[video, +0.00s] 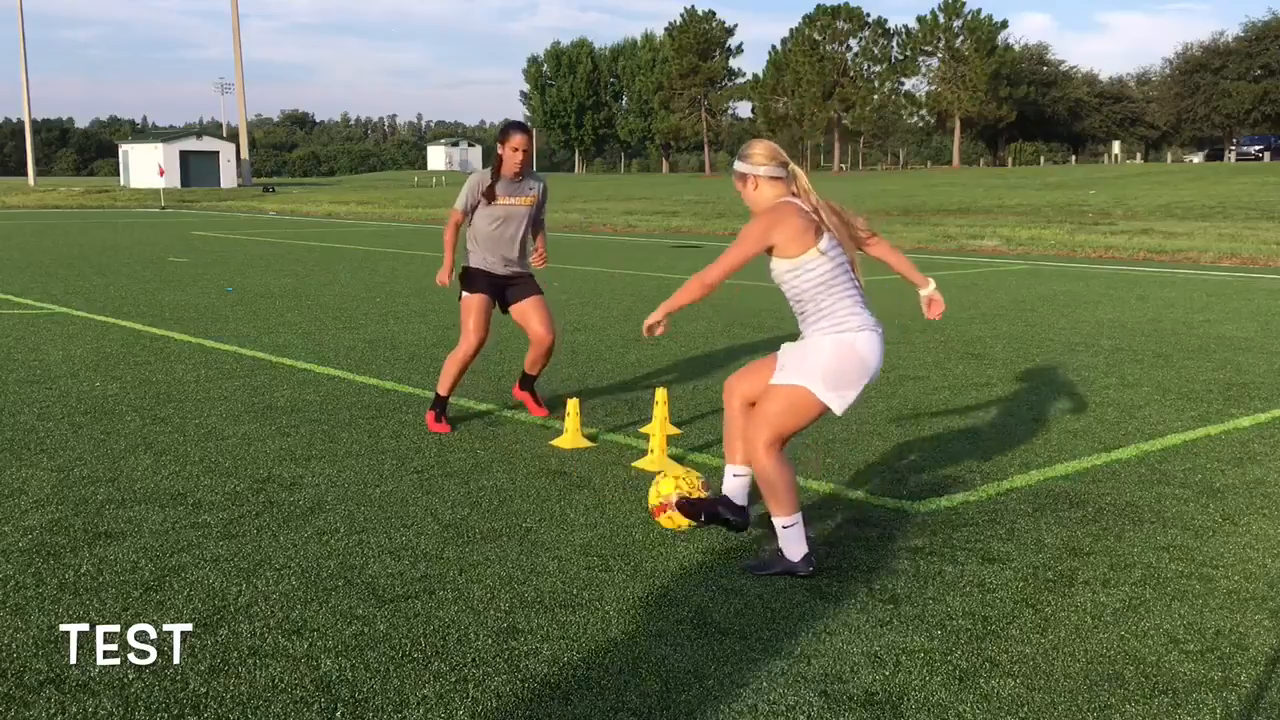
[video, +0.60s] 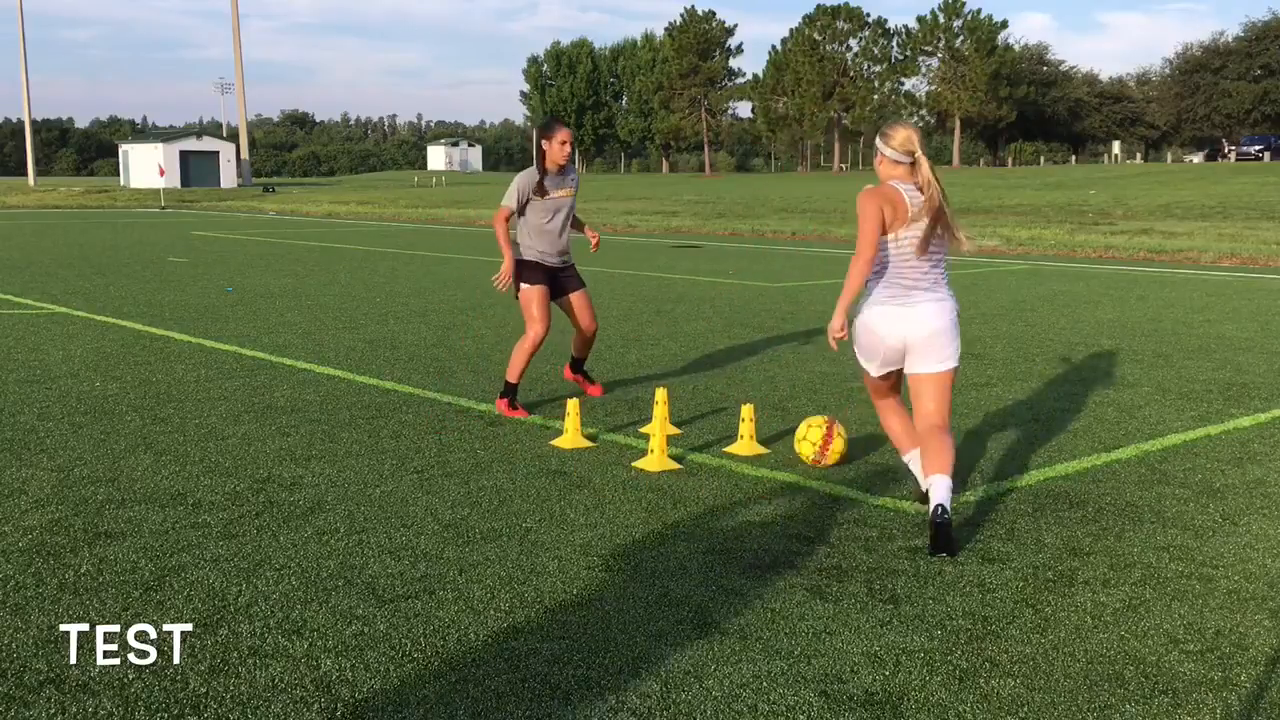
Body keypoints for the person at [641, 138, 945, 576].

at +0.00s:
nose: (741, 194)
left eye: (740, 185)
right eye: (740, 186)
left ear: (751, 180)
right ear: (782, 178)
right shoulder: (819, 210)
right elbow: (876, 245)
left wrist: (665, 309)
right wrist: (924, 283)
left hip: (842, 345)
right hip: (842, 340)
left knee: (762, 437)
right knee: (738, 390)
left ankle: (795, 554)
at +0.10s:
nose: (742, 208)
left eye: (742, 199)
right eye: (741, 199)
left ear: (755, 191)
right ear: (782, 187)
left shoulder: (779, 224)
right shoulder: (822, 215)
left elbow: (720, 280)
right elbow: (876, 243)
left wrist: (663, 312)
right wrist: (918, 273)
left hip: (850, 346)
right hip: (866, 336)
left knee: (762, 434)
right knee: (755, 389)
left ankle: (796, 555)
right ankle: (757, 500)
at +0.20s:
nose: (756, 196)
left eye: (755, 188)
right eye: (755, 189)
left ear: (767, 186)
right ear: (799, 181)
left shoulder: (789, 220)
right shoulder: (836, 213)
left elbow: (761, 277)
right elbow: (893, 248)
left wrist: (715, 327)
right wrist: (928, 271)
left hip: (845, 343)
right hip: (882, 341)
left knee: (765, 437)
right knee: (803, 418)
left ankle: (795, 554)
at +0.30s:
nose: (786, 178)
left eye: (788, 170)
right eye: (787, 170)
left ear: (799, 170)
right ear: (831, 168)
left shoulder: (803, 212)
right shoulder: (867, 204)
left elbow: (814, 258)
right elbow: (920, 236)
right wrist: (952, 257)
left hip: (842, 333)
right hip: (893, 334)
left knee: (777, 436)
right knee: (860, 427)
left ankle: (795, 554)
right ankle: (926, 491)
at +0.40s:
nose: (823, 162)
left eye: (823, 156)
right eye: (824, 156)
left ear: (830, 156)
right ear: (868, 156)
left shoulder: (828, 202)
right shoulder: (902, 195)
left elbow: (856, 254)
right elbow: (946, 240)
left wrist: (889, 306)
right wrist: (958, 248)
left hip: (849, 322)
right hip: (908, 317)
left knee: (815, 433)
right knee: (912, 427)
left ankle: (798, 531)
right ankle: (938, 508)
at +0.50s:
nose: (858, 169)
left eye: (860, 163)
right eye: (860, 163)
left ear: (868, 164)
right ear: (902, 163)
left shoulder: (860, 205)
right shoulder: (926, 202)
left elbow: (869, 269)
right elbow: (938, 245)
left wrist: (872, 327)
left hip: (865, 325)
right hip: (922, 327)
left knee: (849, 420)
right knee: (924, 440)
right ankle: (936, 525)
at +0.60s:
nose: (874, 161)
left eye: (876, 156)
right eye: (876, 155)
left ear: (886, 159)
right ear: (914, 158)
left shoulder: (875, 197)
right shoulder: (933, 196)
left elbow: (865, 256)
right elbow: (937, 252)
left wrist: (841, 309)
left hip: (883, 314)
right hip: (935, 313)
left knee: (886, 394)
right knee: (935, 421)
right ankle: (940, 503)